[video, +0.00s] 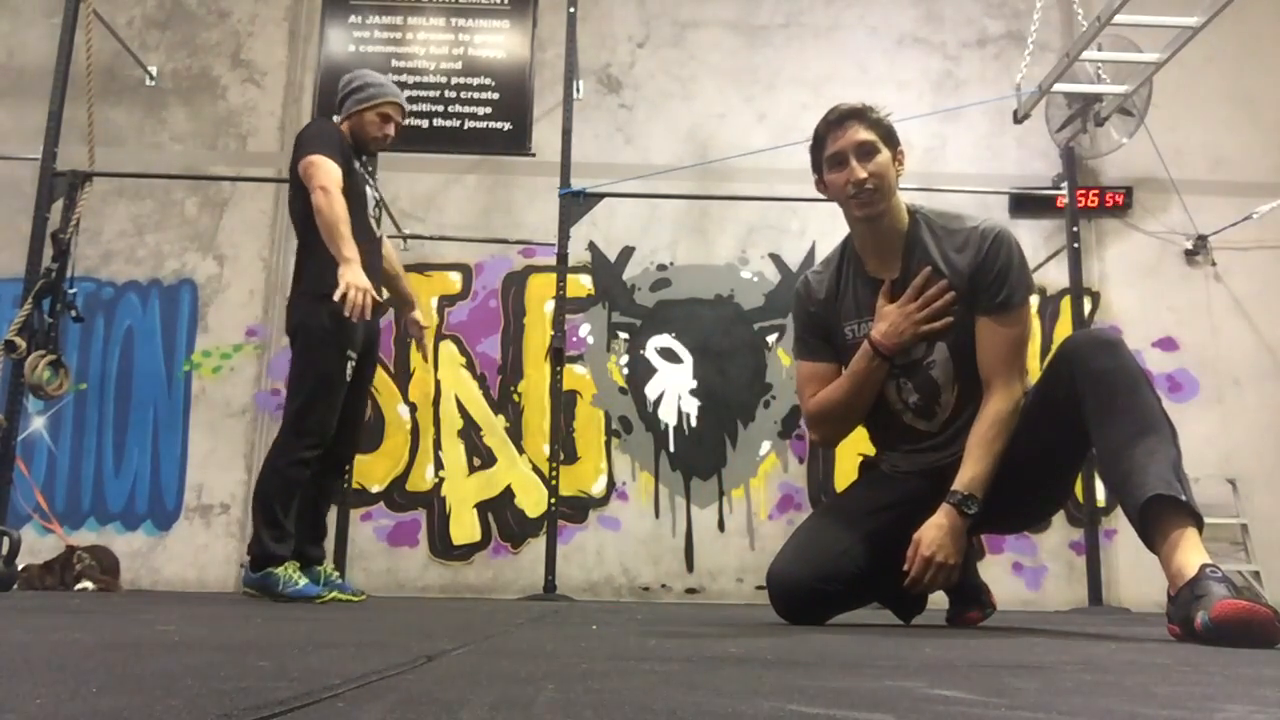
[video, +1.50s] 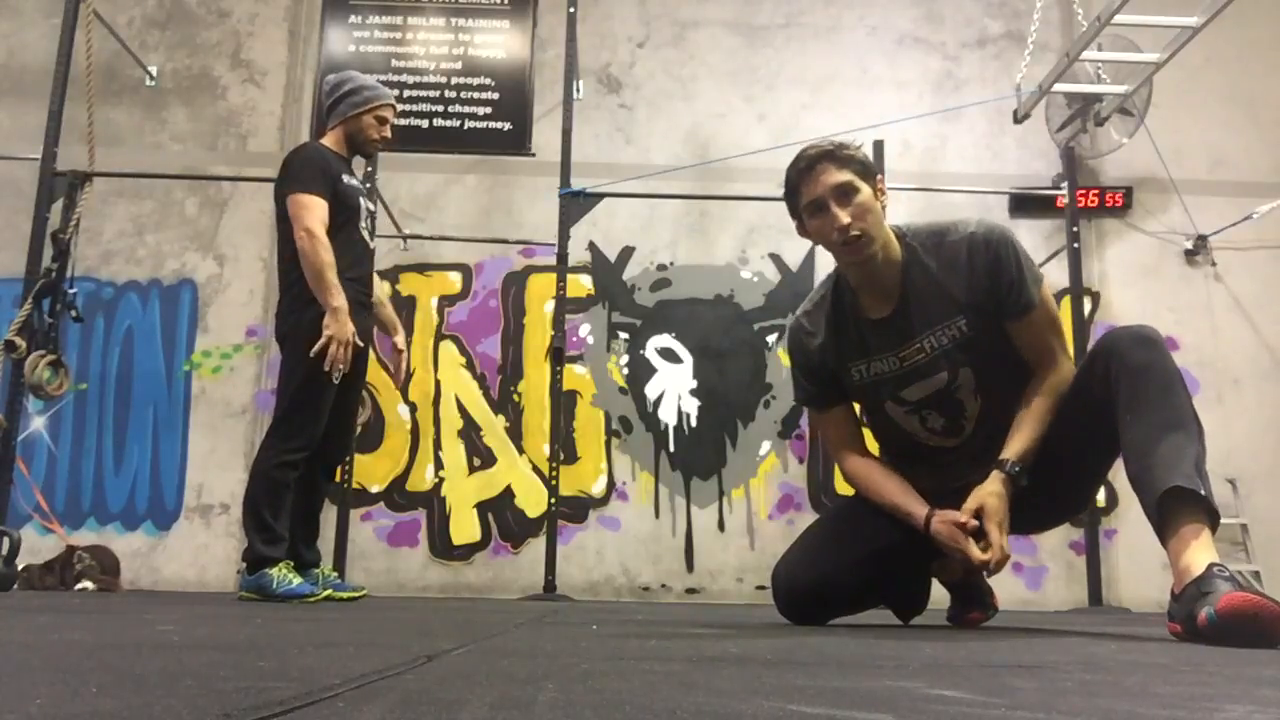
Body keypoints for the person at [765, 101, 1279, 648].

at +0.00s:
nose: (855, 171)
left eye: (867, 153)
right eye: (836, 163)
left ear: (897, 162)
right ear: (823, 185)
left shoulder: (984, 249)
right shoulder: (818, 290)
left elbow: (1004, 392)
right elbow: (822, 425)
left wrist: (958, 507)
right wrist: (879, 347)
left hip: (1000, 466)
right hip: (903, 483)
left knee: (1097, 348)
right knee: (794, 590)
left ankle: (1192, 578)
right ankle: (947, 558)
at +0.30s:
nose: (851, 179)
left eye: (863, 159)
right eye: (832, 170)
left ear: (893, 166)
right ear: (818, 191)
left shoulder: (980, 251)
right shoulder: (816, 295)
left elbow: (1004, 392)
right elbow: (825, 436)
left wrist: (959, 509)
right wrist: (823, 346)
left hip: (998, 470)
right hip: (900, 485)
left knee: (1096, 350)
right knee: (794, 590)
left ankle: (1192, 578)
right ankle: (948, 560)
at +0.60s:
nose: (842, 187)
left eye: (852, 166)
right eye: (822, 178)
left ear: (885, 172)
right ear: (808, 199)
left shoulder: (972, 252)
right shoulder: (803, 310)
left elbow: (1006, 389)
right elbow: (844, 450)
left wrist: (961, 506)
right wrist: (811, 406)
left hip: (997, 466)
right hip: (900, 484)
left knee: (1099, 352)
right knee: (794, 589)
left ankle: (1192, 576)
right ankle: (946, 560)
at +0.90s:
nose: (825, 207)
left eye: (833, 185)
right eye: (804, 200)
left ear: (866, 185)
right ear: (793, 222)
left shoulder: (960, 246)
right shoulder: (802, 334)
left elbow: (1033, 363)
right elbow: (837, 444)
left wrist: (965, 453)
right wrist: (889, 490)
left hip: (1011, 463)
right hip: (909, 489)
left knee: (1118, 351)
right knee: (796, 590)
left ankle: (1195, 574)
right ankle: (947, 559)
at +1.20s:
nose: (825, 216)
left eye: (832, 193)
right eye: (804, 211)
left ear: (865, 190)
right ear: (795, 233)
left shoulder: (963, 246)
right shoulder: (805, 336)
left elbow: (1054, 356)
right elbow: (842, 451)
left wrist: (1006, 465)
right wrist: (918, 506)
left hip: (1022, 468)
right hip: (916, 498)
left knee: (1137, 351)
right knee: (797, 590)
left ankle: (1199, 575)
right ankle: (947, 562)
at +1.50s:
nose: (839, 221)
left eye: (846, 196)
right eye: (817, 214)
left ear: (879, 194)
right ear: (807, 235)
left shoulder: (982, 254)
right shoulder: (815, 333)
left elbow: (1055, 370)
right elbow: (848, 454)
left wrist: (1003, 478)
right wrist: (928, 518)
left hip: (1030, 470)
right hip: (922, 496)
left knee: (1134, 347)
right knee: (799, 591)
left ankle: (1197, 574)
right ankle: (946, 562)